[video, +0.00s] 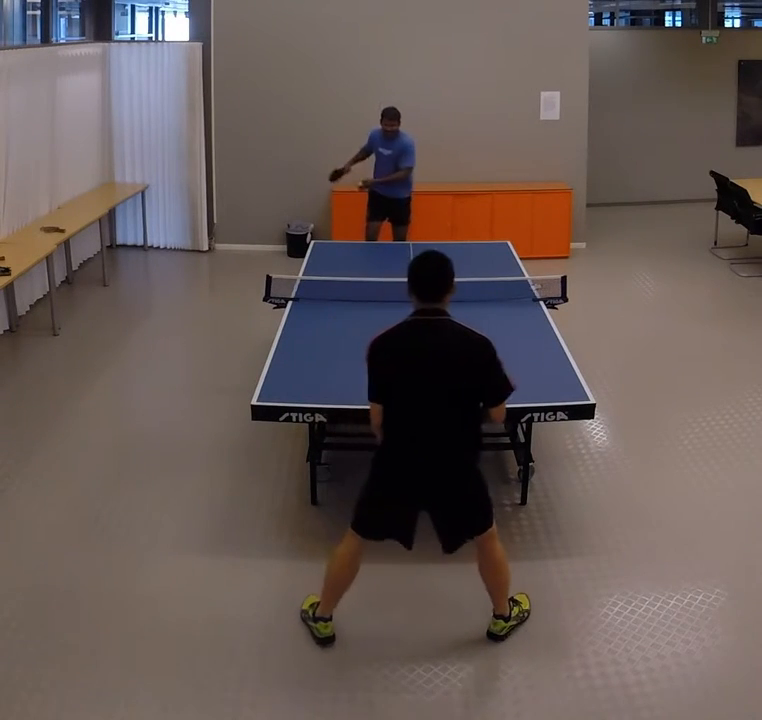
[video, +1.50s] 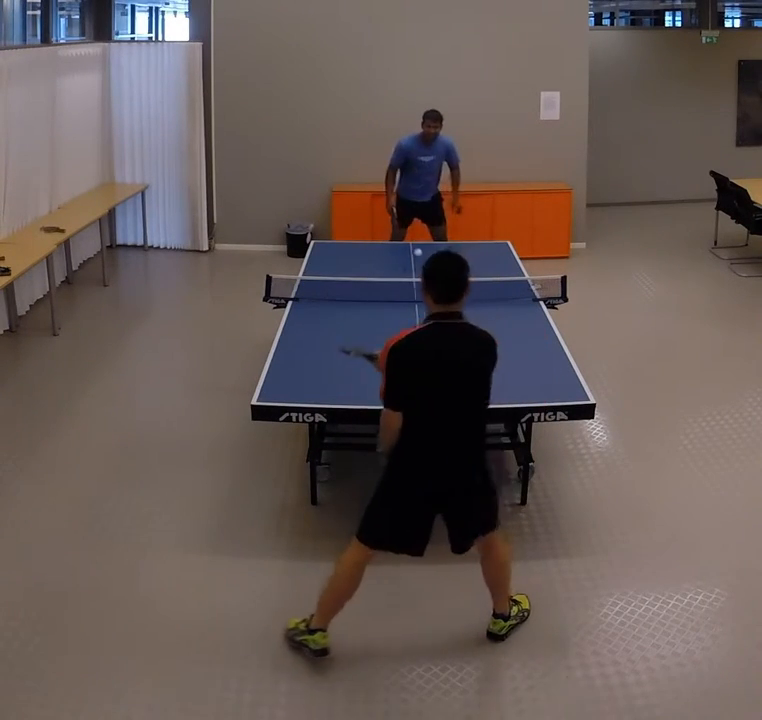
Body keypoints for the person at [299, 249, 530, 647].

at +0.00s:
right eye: (448, 282)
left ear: (409, 289)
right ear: (452, 288)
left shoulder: (384, 345)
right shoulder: (475, 346)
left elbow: (377, 418)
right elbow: (497, 413)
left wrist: (394, 446)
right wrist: (465, 392)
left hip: (396, 466)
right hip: (455, 466)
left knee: (356, 538)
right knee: (486, 536)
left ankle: (322, 617)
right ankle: (502, 615)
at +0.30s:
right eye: (442, 285)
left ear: (402, 292)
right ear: (444, 292)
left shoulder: (377, 348)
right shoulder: (468, 349)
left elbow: (369, 422)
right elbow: (488, 417)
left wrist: (387, 450)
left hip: (392, 469)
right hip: (451, 469)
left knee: (352, 545)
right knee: (483, 539)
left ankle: (324, 621)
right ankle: (502, 615)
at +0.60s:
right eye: (442, 285)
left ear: (402, 292)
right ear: (445, 291)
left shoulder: (376, 347)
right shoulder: (468, 348)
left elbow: (367, 421)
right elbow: (489, 414)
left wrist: (386, 448)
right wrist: (488, 389)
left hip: (389, 468)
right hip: (447, 468)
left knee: (351, 543)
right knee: (480, 541)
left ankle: (323, 620)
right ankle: (502, 615)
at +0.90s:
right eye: (484, 282)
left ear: (442, 288)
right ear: (485, 288)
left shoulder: (416, 341)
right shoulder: (507, 343)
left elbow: (392, 409)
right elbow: (527, 409)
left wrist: (404, 446)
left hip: (421, 462)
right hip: (478, 464)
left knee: (376, 543)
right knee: (501, 532)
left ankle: (331, 612)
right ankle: (503, 613)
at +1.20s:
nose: (498, 277)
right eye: (497, 272)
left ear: (454, 278)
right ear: (497, 277)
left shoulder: (428, 330)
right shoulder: (521, 330)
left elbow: (412, 400)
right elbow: (535, 396)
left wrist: (419, 441)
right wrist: (509, 424)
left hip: (443, 453)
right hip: (501, 454)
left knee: (406, 533)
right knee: (505, 534)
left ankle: (375, 617)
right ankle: (504, 614)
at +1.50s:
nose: (425, 290)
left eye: (424, 284)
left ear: (424, 290)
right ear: (466, 290)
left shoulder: (403, 349)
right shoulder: (485, 344)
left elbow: (392, 423)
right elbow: (454, 381)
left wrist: (388, 455)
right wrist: (393, 364)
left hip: (413, 465)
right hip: (465, 463)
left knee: (361, 549)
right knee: (488, 535)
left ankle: (317, 627)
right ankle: (503, 612)